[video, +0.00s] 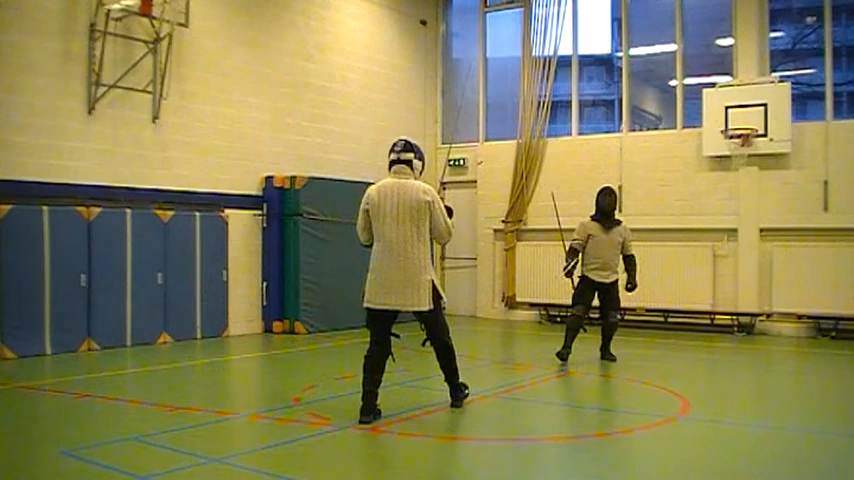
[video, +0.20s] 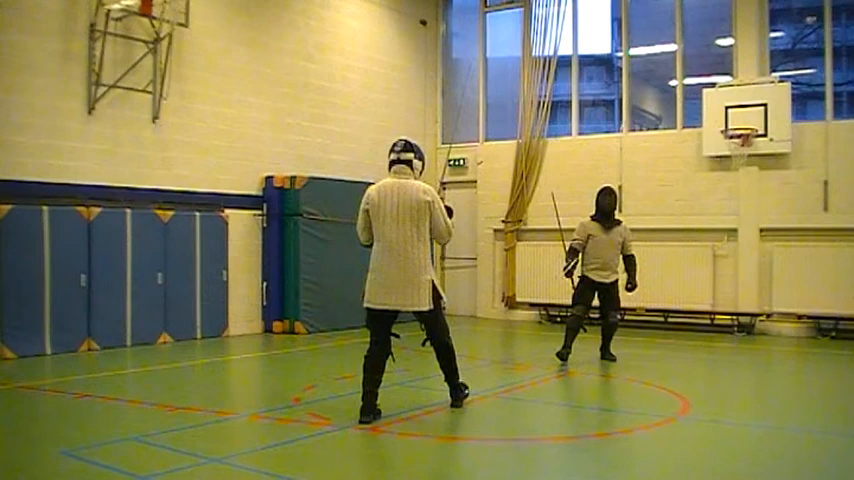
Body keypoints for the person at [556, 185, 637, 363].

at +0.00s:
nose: (609, 202)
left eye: (612, 198)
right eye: (605, 198)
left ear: (616, 203)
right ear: (597, 201)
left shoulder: (622, 230)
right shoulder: (586, 226)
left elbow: (628, 255)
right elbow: (575, 247)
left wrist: (631, 277)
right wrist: (570, 263)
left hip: (610, 281)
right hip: (588, 278)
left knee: (612, 318)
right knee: (578, 312)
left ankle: (605, 349)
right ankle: (566, 347)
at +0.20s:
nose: (609, 202)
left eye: (612, 198)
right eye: (605, 198)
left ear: (616, 203)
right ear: (597, 201)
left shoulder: (622, 230)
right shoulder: (586, 226)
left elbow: (628, 255)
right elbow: (575, 247)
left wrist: (631, 277)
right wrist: (570, 263)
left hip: (610, 281)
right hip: (588, 278)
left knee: (612, 318)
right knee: (578, 312)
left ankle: (605, 349)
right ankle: (566, 347)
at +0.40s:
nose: (609, 202)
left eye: (612, 198)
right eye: (605, 198)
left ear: (616, 203)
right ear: (597, 201)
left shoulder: (622, 230)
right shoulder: (586, 226)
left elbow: (628, 255)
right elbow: (575, 247)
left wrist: (631, 277)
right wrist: (570, 263)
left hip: (610, 281)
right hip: (588, 278)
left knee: (612, 318)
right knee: (578, 312)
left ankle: (605, 349)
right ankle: (566, 347)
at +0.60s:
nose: (609, 202)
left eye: (612, 198)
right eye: (605, 198)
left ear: (616, 203)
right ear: (597, 201)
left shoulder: (622, 230)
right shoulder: (586, 226)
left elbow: (628, 255)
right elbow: (575, 247)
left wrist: (631, 277)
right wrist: (570, 263)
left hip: (610, 281)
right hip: (588, 278)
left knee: (612, 318)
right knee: (578, 312)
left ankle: (605, 349)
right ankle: (566, 347)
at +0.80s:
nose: (612, 203)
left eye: (615, 199)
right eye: (610, 198)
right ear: (604, 201)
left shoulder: (627, 227)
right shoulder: (590, 223)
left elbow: (635, 252)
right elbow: (578, 247)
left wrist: (637, 274)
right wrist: (572, 268)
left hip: (614, 277)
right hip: (592, 275)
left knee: (612, 315)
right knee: (582, 310)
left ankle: (606, 348)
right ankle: (574, 344)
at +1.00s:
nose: (611, 205)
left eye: (615, 201)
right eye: (608, 201)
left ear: (621, 204)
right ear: (603, 203)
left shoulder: (629, 229)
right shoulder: (592, 226)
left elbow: (637, 253)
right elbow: (582, 248)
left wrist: (637, 274)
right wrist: (578, 271)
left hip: (616, 278)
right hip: (594, 277)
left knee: (613, 313)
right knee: (589, 308)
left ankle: (607, 348)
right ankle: (595, 335)